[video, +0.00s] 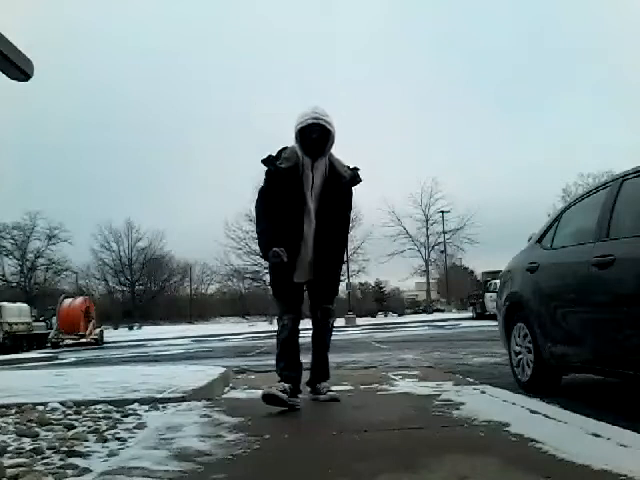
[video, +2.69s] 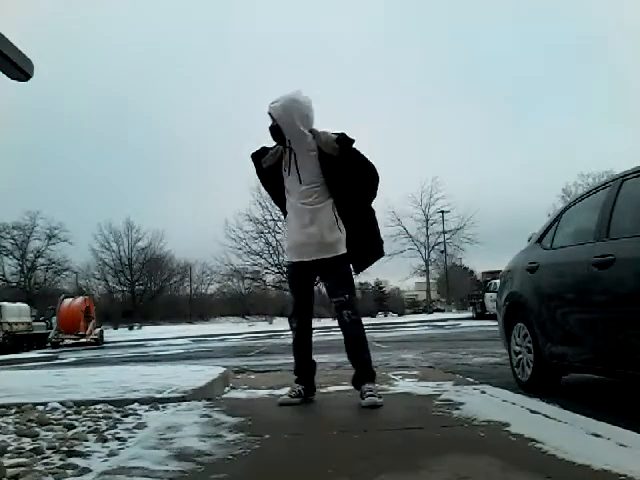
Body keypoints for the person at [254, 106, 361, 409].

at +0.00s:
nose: (314, 139)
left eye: (321, 133)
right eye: (308, 132)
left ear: (330, 137)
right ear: (298, 135)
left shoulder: (341, 176)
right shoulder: (281, 170)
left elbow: (343, 221)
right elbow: (265, 211)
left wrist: (339, 256)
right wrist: (271, 246)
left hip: (325, 260)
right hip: (288, 259)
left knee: (323, 320)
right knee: (289, 320)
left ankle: (319, 383)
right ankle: (289, 385)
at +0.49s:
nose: (333, 139)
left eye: (338, 133)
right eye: (327, 132)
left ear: (343, 138)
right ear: (314, 135)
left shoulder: (344, 178)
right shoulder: (297, 165)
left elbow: (354, 222)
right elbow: (283, 213)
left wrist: (367, 248)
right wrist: (278, 258)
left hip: (326, 255)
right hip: (294, 253)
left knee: (322, 316)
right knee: (290, 313)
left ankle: (318, 381)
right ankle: (285, 366)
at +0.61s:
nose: (332, 138)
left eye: (337, 133)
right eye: (326, 132)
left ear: (342, 137)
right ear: (312, 133)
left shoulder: (345, 175)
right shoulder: (296, 163)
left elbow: (357, 209)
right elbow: (283, 210)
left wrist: (390, 215)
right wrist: (280, 255)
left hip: (326, 254)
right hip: (293, 252)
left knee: (321, 316)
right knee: (287, 312)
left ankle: (318, 380)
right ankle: (286, 364)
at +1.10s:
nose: (301, 133)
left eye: (307, 127)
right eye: (295, 127)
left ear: (317, 130)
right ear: (285, 131)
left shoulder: (336, 162)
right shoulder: (272, 165)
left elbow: (372, 187)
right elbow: (239, 196)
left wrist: (348, 216)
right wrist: (266, 221)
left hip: (325, 256)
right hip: (286, 256)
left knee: (322, 321)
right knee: (290, 322)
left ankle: (319, 382)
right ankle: (291, 386)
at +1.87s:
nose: (341, 123)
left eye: (348, 117)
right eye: (334, 116)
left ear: (360, 119)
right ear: (324, 116)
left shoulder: (373, 149)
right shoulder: (306, 146)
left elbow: (385, 188)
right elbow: (286, 181)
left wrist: (363, 220)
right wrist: (304, 213)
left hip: (353, 242)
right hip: (313, 242)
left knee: (361, 313)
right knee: (305, 316)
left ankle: (368, 384)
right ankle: (298, 385)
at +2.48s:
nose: (299, 121)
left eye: (304, 114)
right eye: (299, 114)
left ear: (324, 114)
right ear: (306, 115)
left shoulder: (357, 145)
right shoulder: (295, 151)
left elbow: (387, 183)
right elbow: (294, 194)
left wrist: (368, 212)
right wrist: (306, 218)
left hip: (347, 245)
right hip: (308, 247)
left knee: (356, 315)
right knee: (303, 317)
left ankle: (367, 384)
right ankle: (302, 383)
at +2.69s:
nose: (274, 128)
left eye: (278, 121)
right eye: (273, 122)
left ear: (295, 119)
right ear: (283, 124)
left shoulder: (331, 146)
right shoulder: (275, 159)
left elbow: (368, 177)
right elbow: (280, 198)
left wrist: (353, 213)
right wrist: (295, 218)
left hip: (333, 246)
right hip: (298, 250)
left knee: (348, 315)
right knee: (300, 322)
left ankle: (366, 384)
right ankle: (304, 386)